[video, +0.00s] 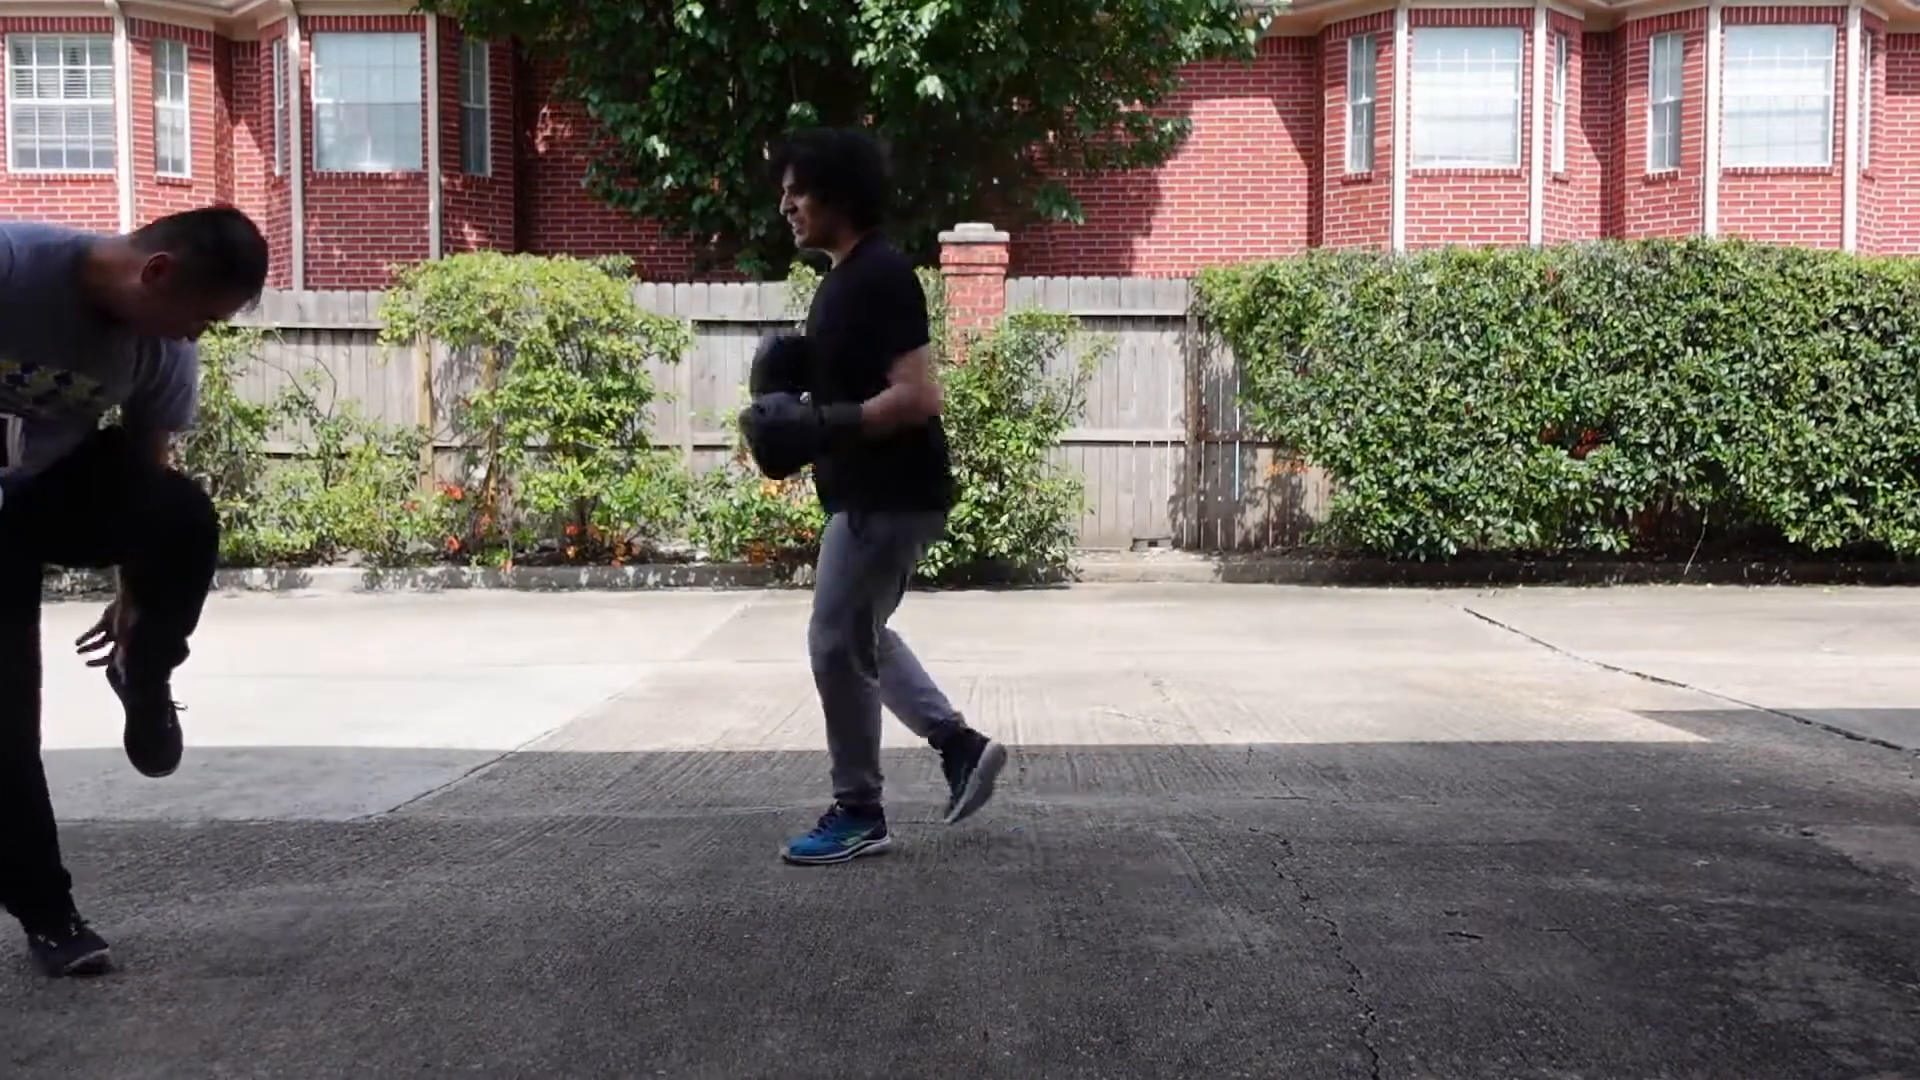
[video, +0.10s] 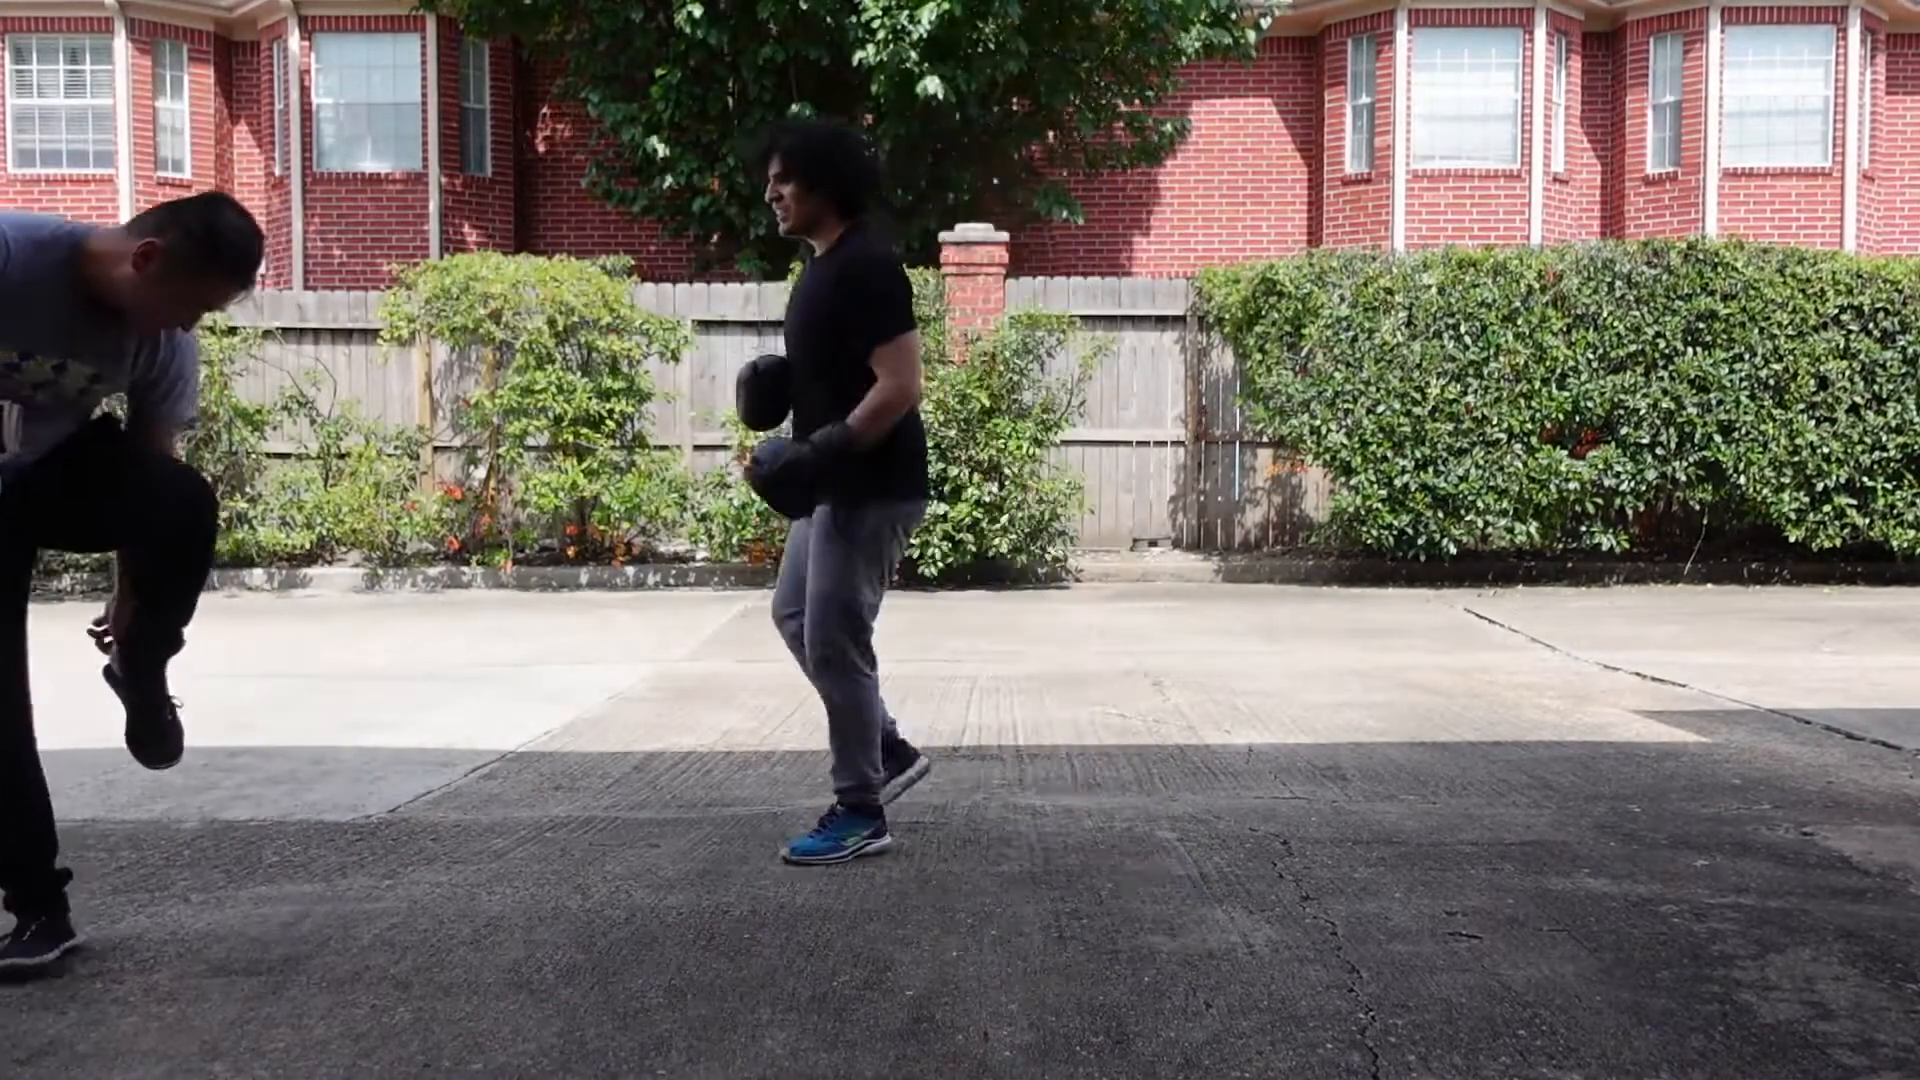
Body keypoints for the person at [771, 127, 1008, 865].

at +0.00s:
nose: (788, 208)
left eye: (799, 195)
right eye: (787, 195)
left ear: (839, 198)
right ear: (835, 204)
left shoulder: (882, 277)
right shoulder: (845, 278)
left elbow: (921, 397)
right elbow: (866, 373)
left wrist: (822, 420)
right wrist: (805, 363)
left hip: (890, 500)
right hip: (869, 496)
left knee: (834, 645)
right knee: (858, 634)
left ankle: (859, 814)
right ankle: (959, 745)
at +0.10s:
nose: (773, 196)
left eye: (784, 183)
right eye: (770, 184)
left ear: (827, 186)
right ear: (800, 191)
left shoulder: (868, 266)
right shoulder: (823, 265)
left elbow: (900, 386)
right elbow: (838, 365)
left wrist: (812, 457)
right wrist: (783, 382)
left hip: (873, 487)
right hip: (835, 482)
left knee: (838, 641)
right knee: (795, 615)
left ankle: (858, 812)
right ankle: (889, 748)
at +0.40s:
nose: (745, 218)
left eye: (755, 205)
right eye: (741, 206)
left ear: (797, 207)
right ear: (752, 212)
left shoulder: (851, 286)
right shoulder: (753, 275)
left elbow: (887, 397)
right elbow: (756, 372)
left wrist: (835, 466)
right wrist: (719, 409)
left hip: (815, 501)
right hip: (748, 494)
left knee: (819, 652)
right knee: (723, 638)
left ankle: (858, 809)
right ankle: (744, 771)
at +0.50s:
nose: (734, 228)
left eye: (745, 216)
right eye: (730, 216)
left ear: (786, 215)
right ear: (735, 220)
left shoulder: (840, 292)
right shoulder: (728, 287)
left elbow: (881, 393)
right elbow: (705, 370)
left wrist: (848, 453)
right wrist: (689, 406)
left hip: (804, 507)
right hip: (730, 504)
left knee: (820, 655)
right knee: (728, 649)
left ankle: (851, 804)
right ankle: (751, 778)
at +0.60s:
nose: (728, 231)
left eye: (740, 218)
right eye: (724, 219)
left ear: (780, 216)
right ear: (725, 223)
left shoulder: (834, 289)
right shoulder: (715, 291)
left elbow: (869, 384)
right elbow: (671, 365)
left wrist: (846, 424)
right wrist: (667, 375)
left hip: (806, 503)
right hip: (728, 503)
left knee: (825, 639)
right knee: (723, 646)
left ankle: (854, 788)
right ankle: (750, 775)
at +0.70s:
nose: (735, 228)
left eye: (747, 215)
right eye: (728, 217)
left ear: (784, 214)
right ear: (723, 222)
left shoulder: (833, 284)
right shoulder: (712, 284)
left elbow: (864, 381)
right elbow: (654, 375)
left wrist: (838, 398)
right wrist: (663, 348)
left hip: (812, 495)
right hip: (729, 499)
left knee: (839, 616)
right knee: (729, 642)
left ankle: (861, 771)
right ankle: (750, 776)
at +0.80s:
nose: (743, 229)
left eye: (754, 216)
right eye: (735, 218)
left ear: (789, 215)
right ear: (730, 224)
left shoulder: (834, 285)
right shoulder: (717, 288)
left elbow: (865, 383)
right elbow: (659, 377)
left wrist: (834, 389)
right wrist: (683, 335)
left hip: (820, 497)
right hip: (737, 502)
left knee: (856, 618)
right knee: (735, 643)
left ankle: (872, 744)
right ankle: (750, 774)